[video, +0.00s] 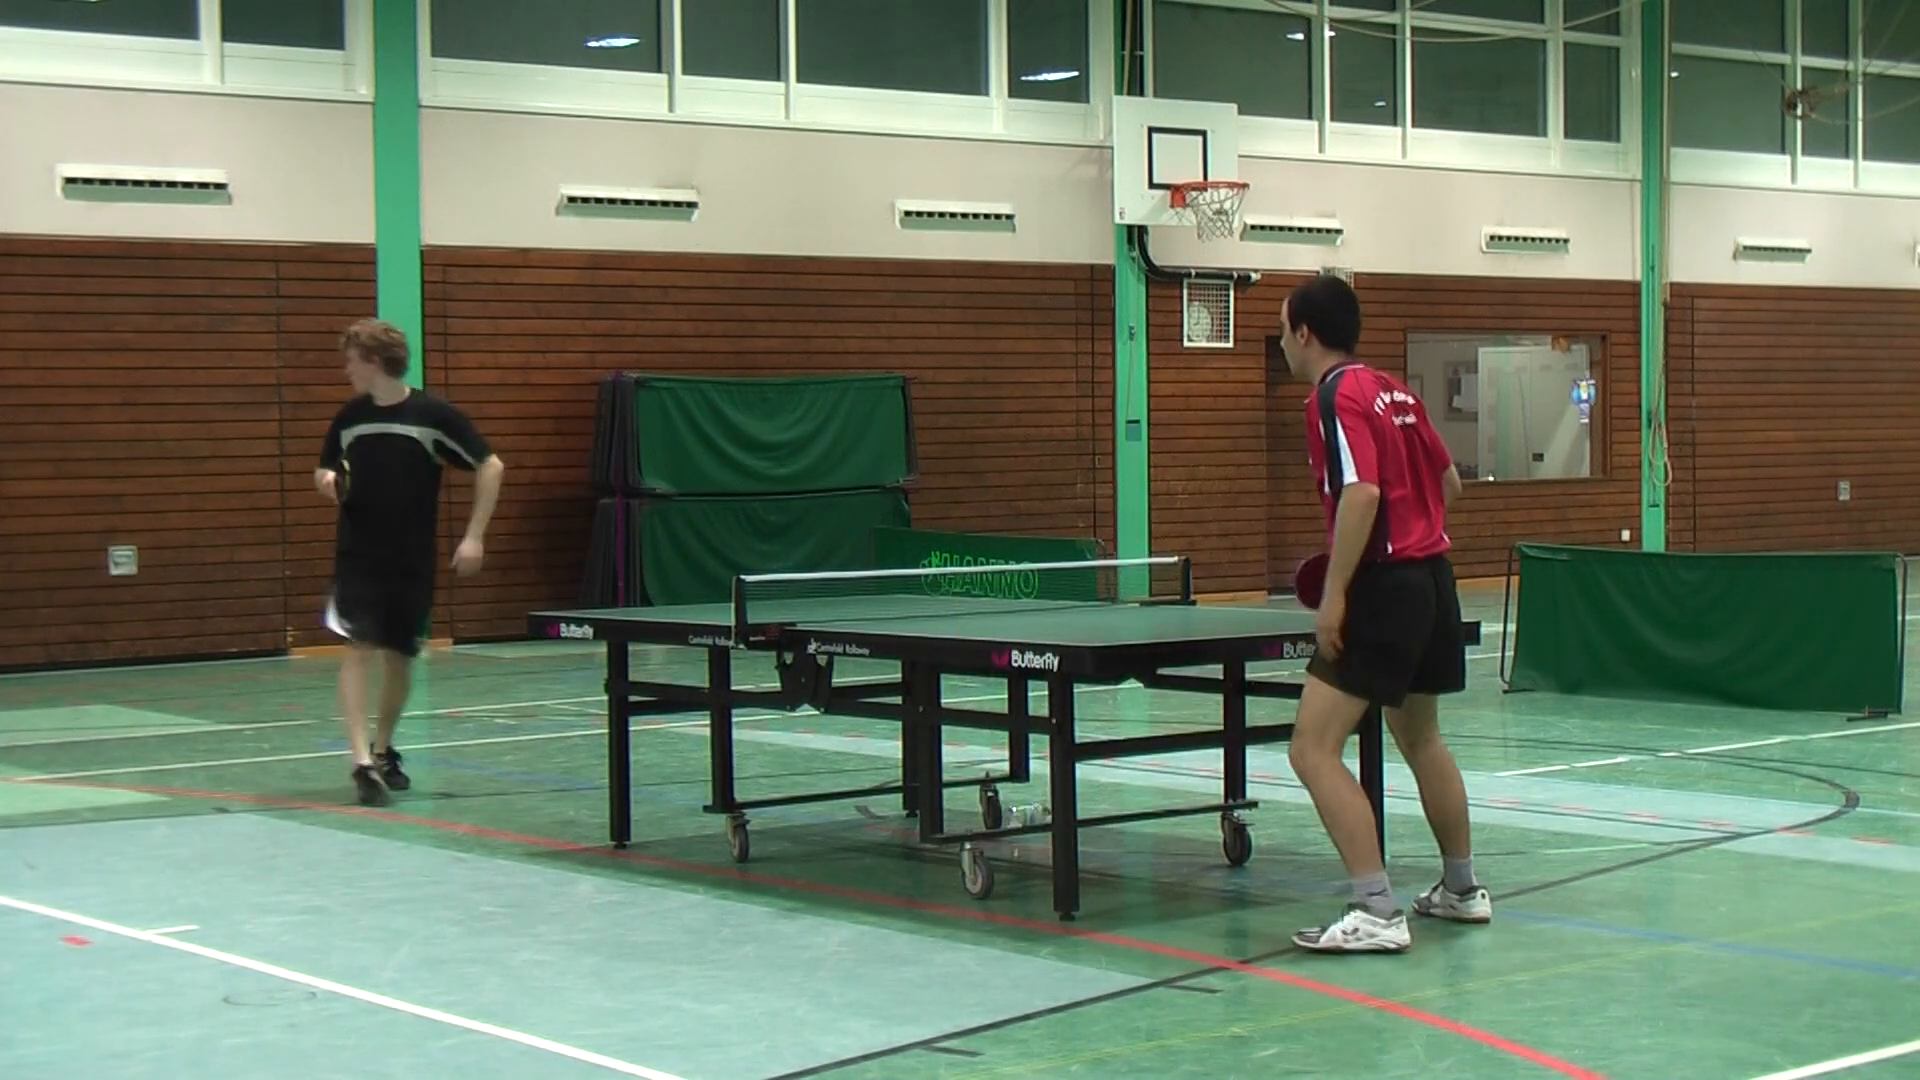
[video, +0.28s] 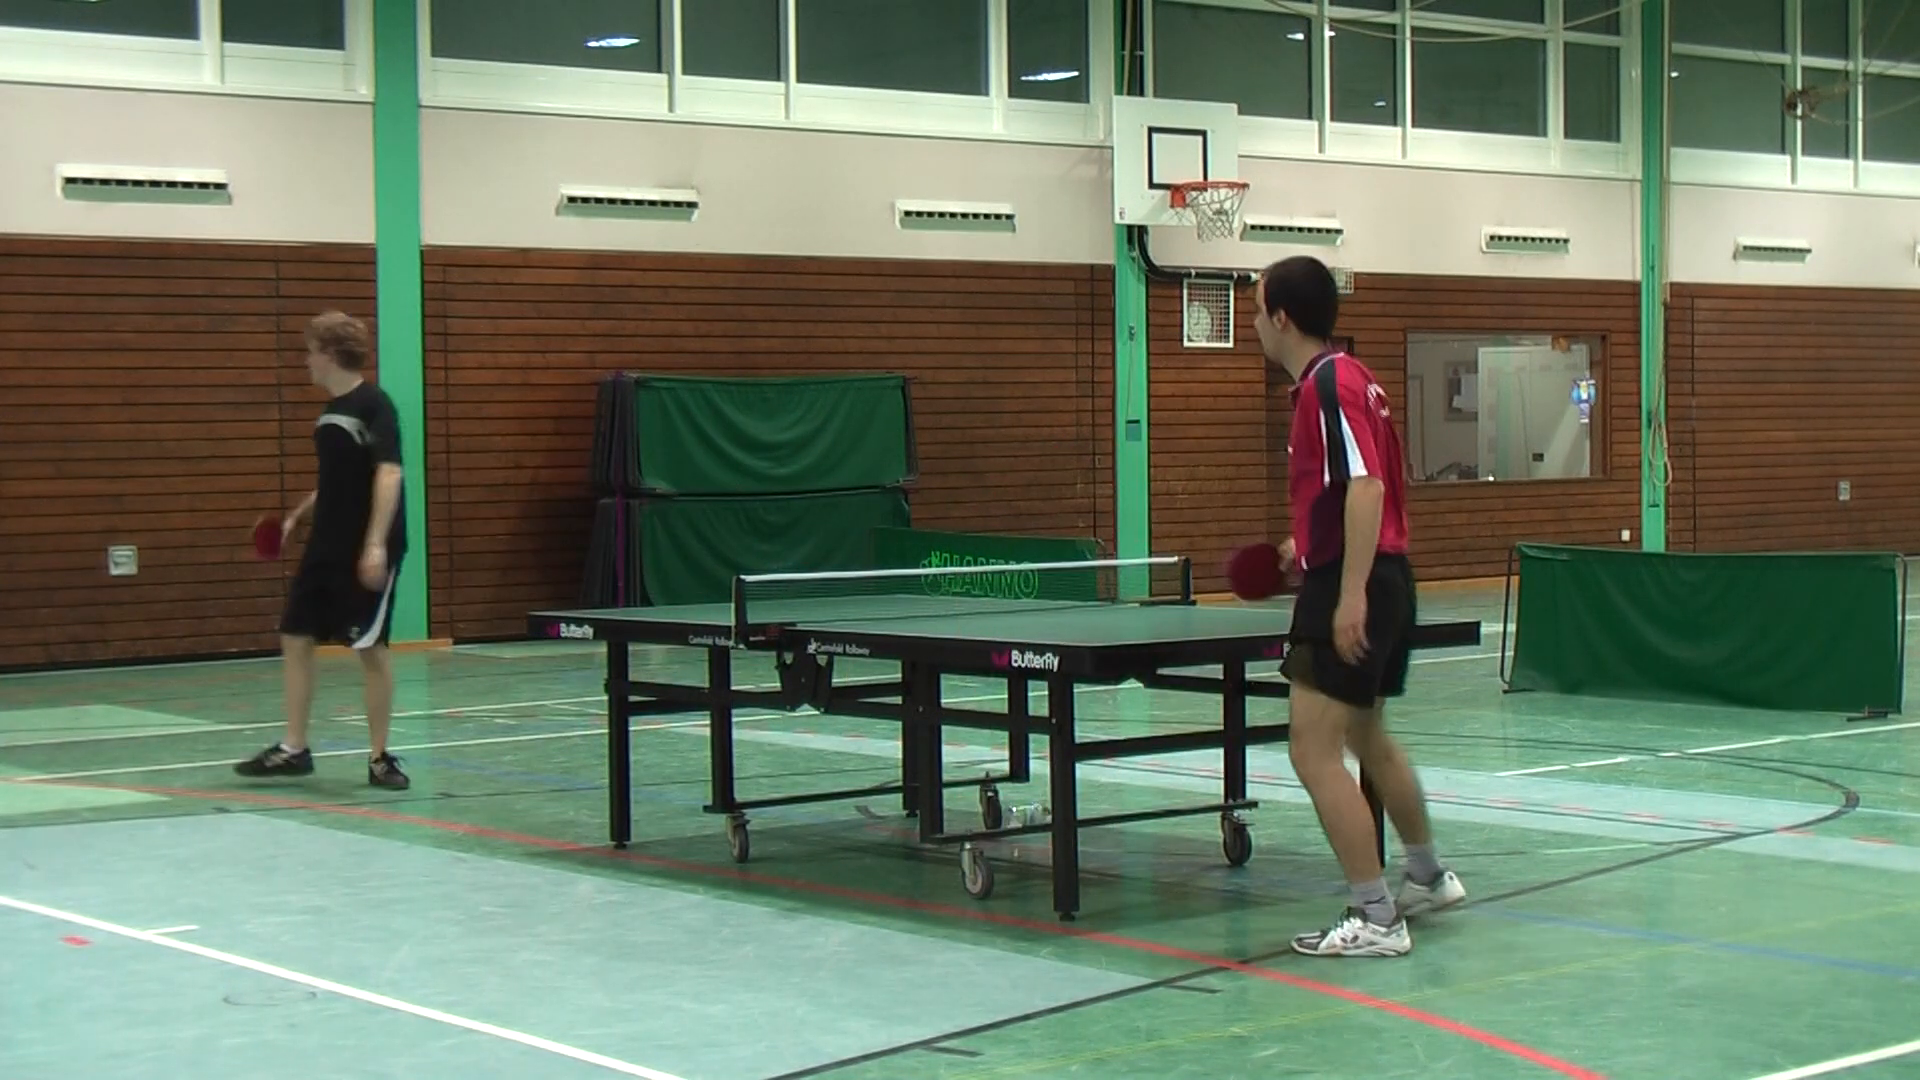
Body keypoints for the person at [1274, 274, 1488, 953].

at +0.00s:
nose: (1285, 346)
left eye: (1286, 334)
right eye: (1286, 334)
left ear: (1306, 333)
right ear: (1351, 332)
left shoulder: (1336, 394)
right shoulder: (1393, 387)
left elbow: (1362, 491)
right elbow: (1446, 481)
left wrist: (1333, 591)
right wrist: (1398, 549)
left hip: (1381, 590)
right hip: (1432, 585)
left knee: (1313, 751)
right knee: (1420, 735)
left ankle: (1376, 910)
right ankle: (1461, 888)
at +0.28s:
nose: (1258, 327)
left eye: (1260, 314)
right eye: (1259, 314)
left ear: (1281, 318)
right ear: (1321, 315)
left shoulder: (1329, 382)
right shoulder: (1349, 376)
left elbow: (1365, 488)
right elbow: (1357, 486)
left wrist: (1353, 594)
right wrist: (1306, 550)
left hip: (1343, 581)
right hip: (1377, 578)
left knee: (1314, 752)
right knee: (1369, 735)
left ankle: (1374, 915)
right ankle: (1427, 873)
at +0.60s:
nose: (1270, 528)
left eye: (1271, 518)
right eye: (1273, 518)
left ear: (1278, 518)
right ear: (1339, 511)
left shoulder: (1273, 548)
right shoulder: (1385, 539)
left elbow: (1251, 612)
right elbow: (1418, 613)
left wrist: (1262, 714)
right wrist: (1326, 658)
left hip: (1379, 689)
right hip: (1464, 680)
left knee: (1229, 781)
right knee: (1478, 781)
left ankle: (1199, 957)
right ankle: (1545, 925)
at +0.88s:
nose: (1251, 500)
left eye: (1253, 491)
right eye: (1255, 491)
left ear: (1260, 493)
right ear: (1318, 485)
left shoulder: (1262, 529)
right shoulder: (1362, 521)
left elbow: (1254, 604)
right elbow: (1394, 604)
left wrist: (1245, 706)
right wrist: (1310, 646)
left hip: (1365, 684)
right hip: (1444, 677)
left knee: (1211, 779)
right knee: (1462, 786)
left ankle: (1205, 954)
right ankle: (1543, 925)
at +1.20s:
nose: (1181, 379)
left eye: (1183, 370)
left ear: (1188, 375)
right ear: (1253, 377)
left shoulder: (1157, 429)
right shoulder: (1293, 443)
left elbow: (1100, 516)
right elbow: (1337, 564)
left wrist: (1082, 613)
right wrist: (1269, 558)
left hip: (1174, 628)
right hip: (1262, 634)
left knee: (1105, 774)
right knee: (1268, 770)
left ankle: (1146, 917)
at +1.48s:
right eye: (1219, 413)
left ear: (1155, 406)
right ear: (1218, 416)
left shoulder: (1101, 460)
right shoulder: (1226, 483)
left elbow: (1035, 562)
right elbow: (1257, 591)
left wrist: (1068, 611)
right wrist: (1326, 614)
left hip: (1080, 668)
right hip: (1171, 670)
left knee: (1003, 802)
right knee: (1240, 762)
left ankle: (955, 952)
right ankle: (1255, 919)